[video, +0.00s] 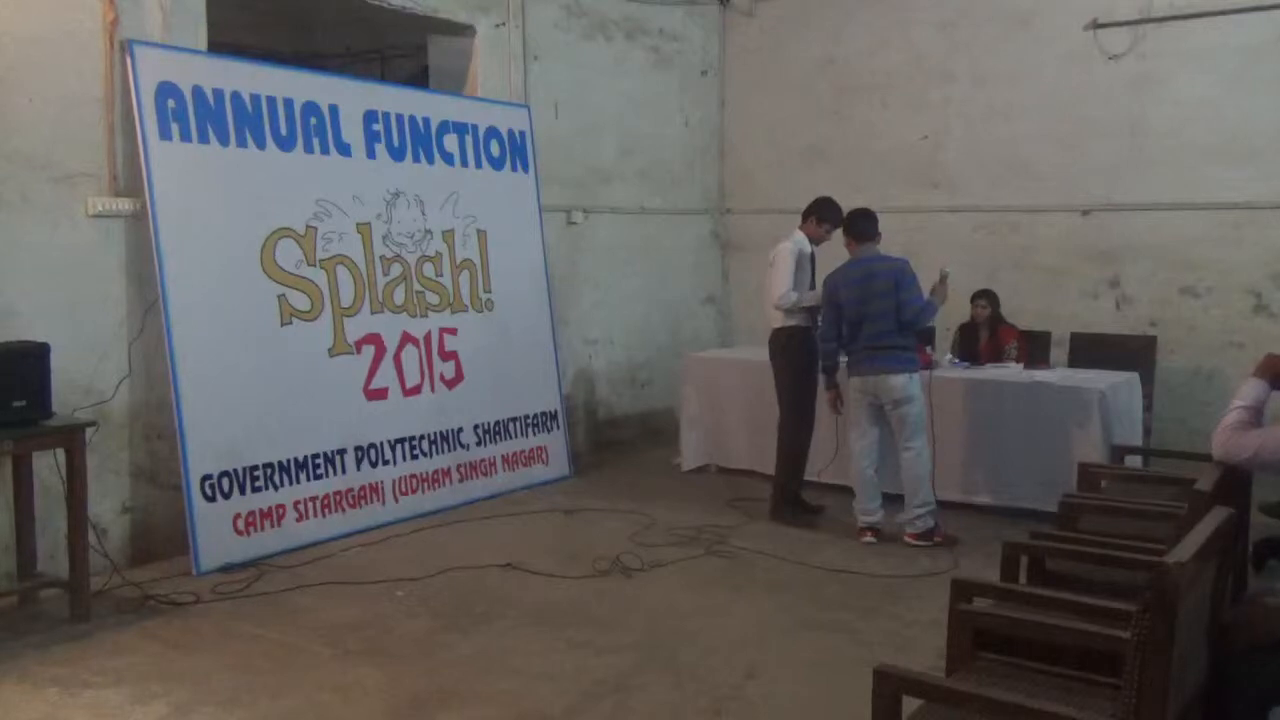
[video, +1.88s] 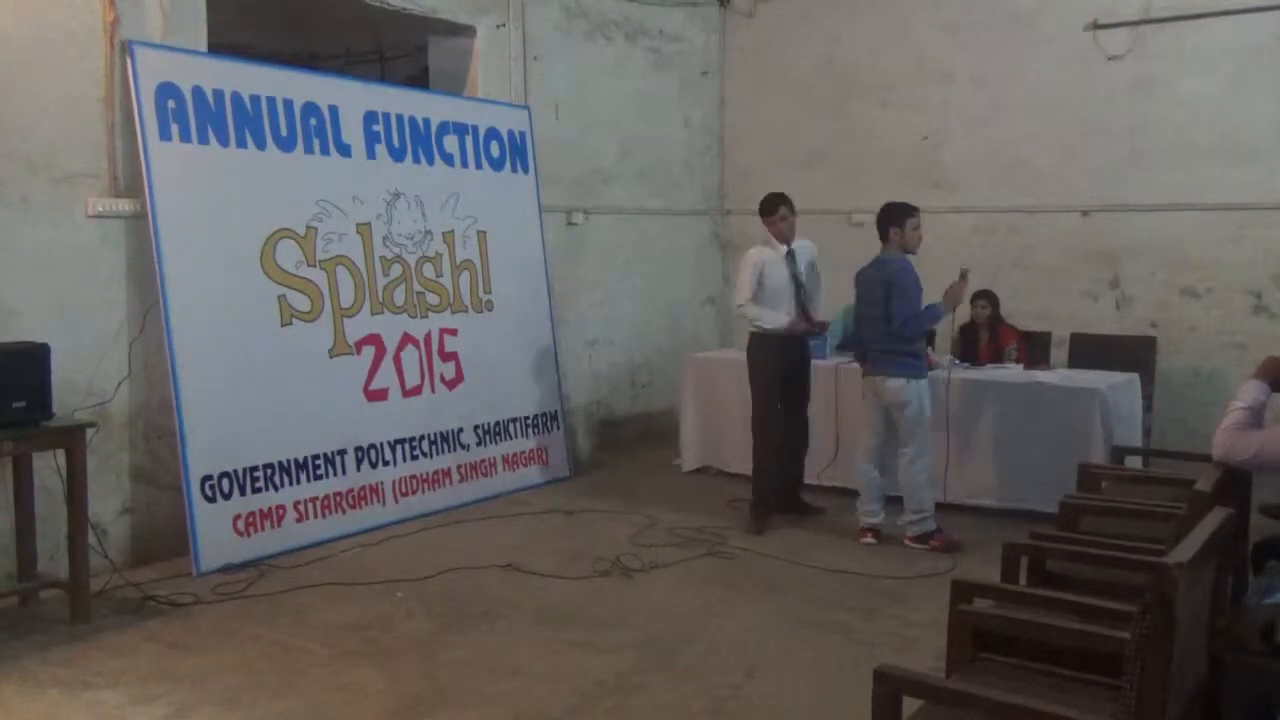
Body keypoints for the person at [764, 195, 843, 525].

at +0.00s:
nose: (828, 237)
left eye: (831, 232)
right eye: (827, 230)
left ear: (814, 223)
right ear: (812, 221)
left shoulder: (805, 251)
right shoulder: (789, 250)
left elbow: (797, 298)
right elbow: (781, 298)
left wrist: (824, 298)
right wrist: (821, 296)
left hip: (803, 336)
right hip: (789, 338)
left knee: (802, 420)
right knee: (794, 420)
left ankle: (793, 493)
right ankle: (783, 500)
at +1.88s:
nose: (784, 226)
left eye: (787, 219)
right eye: (776, 222)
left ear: (795, 217)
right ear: (766, 224)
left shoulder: (807, 251)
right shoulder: (757, 257)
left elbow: (814, 291)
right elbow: (742, 306)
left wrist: (813, 317)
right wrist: (786, 323)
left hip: (797, 345)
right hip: (766, 346)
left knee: (795, 423)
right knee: (768, 425)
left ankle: (791, 495)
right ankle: (762, 503)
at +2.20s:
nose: (732, 249)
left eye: (736, 241)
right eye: (725, 244)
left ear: (749, 229)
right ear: (718, 239)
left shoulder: (780, 254)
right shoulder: (714, 259)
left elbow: (797, 298)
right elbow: (703, 307)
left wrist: (784, 335)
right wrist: (729, 336)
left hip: (772, 353)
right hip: (734, 355)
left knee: (773, 430)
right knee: (740, 435)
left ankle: (781, 494)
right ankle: (755, 507)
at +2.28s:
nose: (726, 253)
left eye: (729, 245)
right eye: (718, 249)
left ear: (740, 233)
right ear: (708, 246)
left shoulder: (771, 257)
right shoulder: (703, 265)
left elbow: (793, 299)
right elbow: (695, 311)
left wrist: (778, 337)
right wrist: (717, 338)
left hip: (763, 349)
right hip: (727, 351)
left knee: (751, 425)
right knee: (734, 430)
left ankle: (758, 505)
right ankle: (752, 501)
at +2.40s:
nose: (702, 263)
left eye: (705, 256)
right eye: (696, 258)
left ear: (719, 245)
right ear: (690, 253)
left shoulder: (754, 265)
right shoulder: (692, 274)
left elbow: (783, 312)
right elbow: (687, 314)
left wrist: (770, 355)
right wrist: (691, 350)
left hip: (750, 353)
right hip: (713, 355)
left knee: (732, 436)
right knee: (734, 434)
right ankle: (757, 505)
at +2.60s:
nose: (674, 256)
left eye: (678, 248)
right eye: (668, 250)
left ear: (695, 241)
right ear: (665, 246)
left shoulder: (725, 271)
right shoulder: (668, 270)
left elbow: (745, 329)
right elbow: (665, 321)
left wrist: (762, 385)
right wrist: (657, 364)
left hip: (717, 363)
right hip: (683, 365)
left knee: (700, 457)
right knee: (687, 455)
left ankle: (699, 545)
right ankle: (735, 491)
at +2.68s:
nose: (664, 248)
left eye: (670, 240)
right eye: (659, 240)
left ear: (686, 232)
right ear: (654, 236)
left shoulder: (713, 264)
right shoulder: (654, 258)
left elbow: (734, 324)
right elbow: (649, 307)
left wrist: (739, 381)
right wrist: (645, 349)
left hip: (707, 358)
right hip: (670, 360)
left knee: (699, 453)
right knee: (661, 446)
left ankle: (699, 545)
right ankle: (709, 487)